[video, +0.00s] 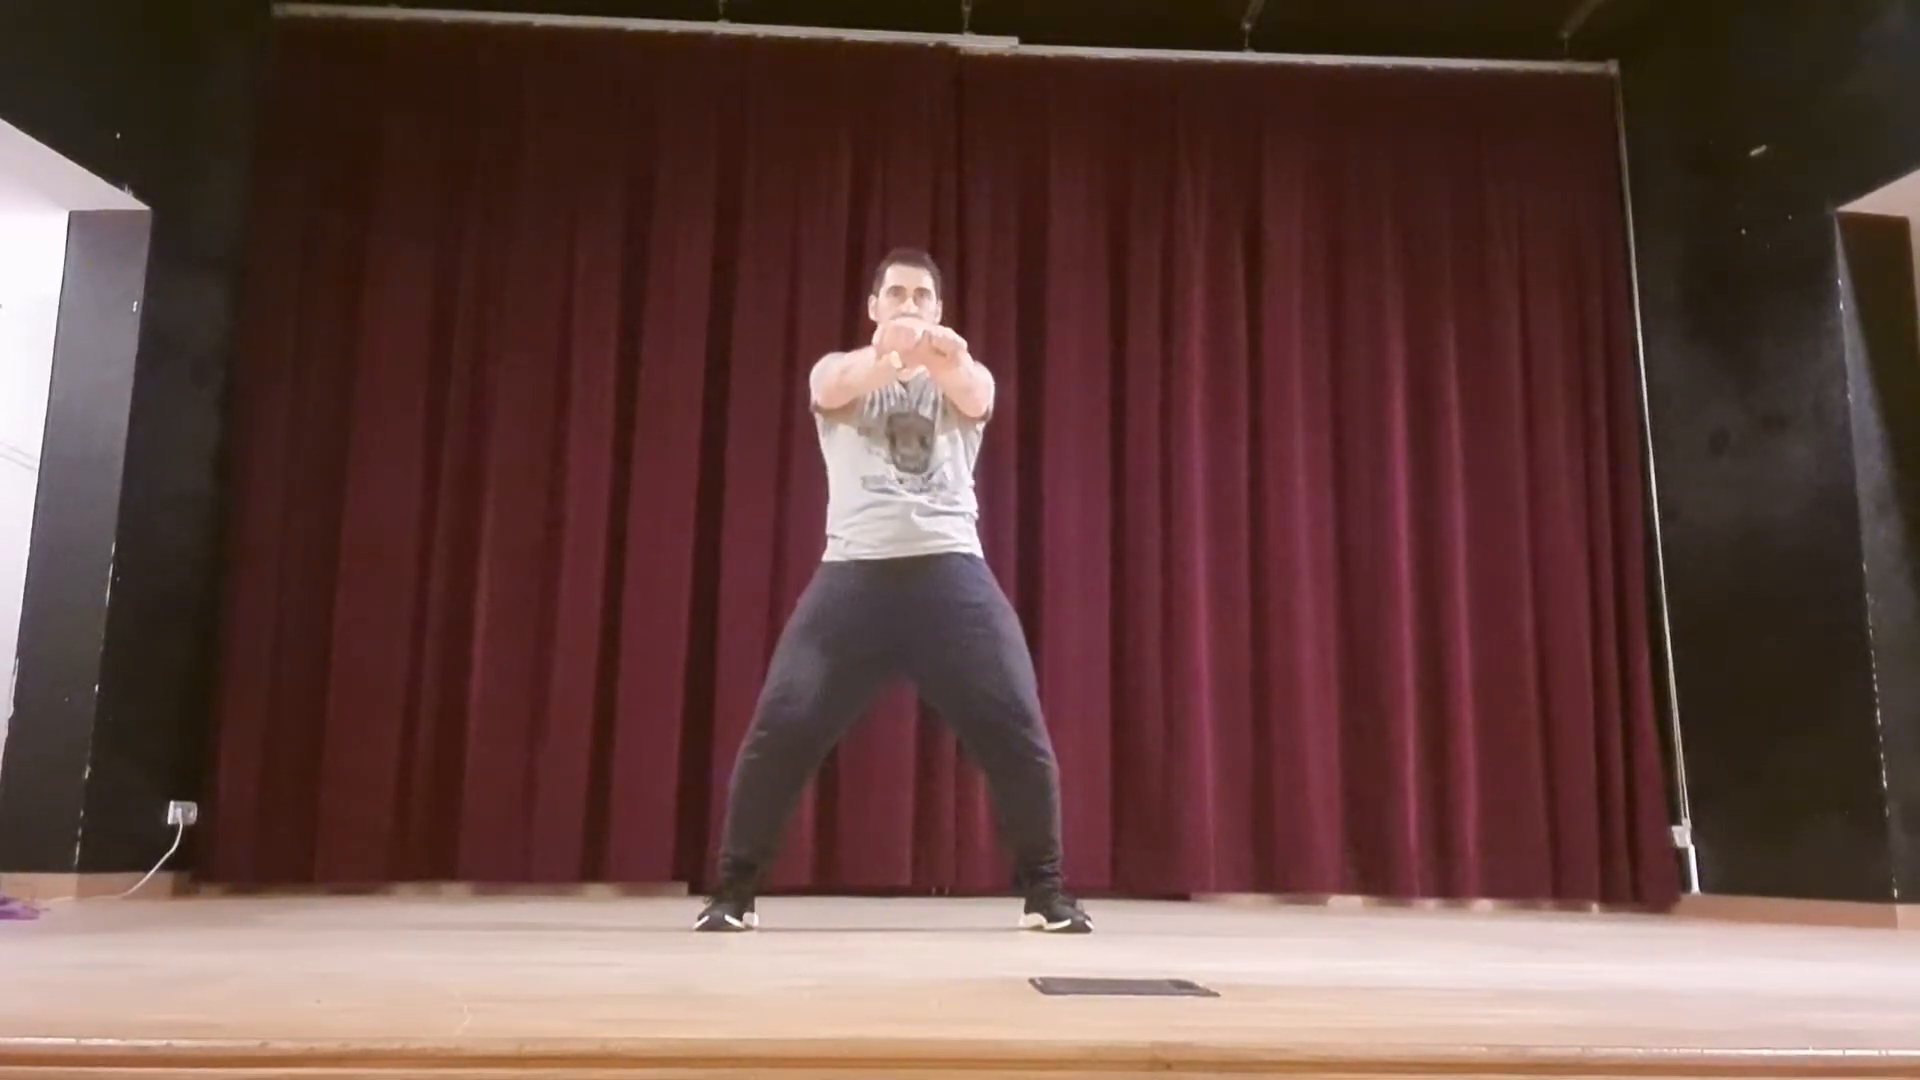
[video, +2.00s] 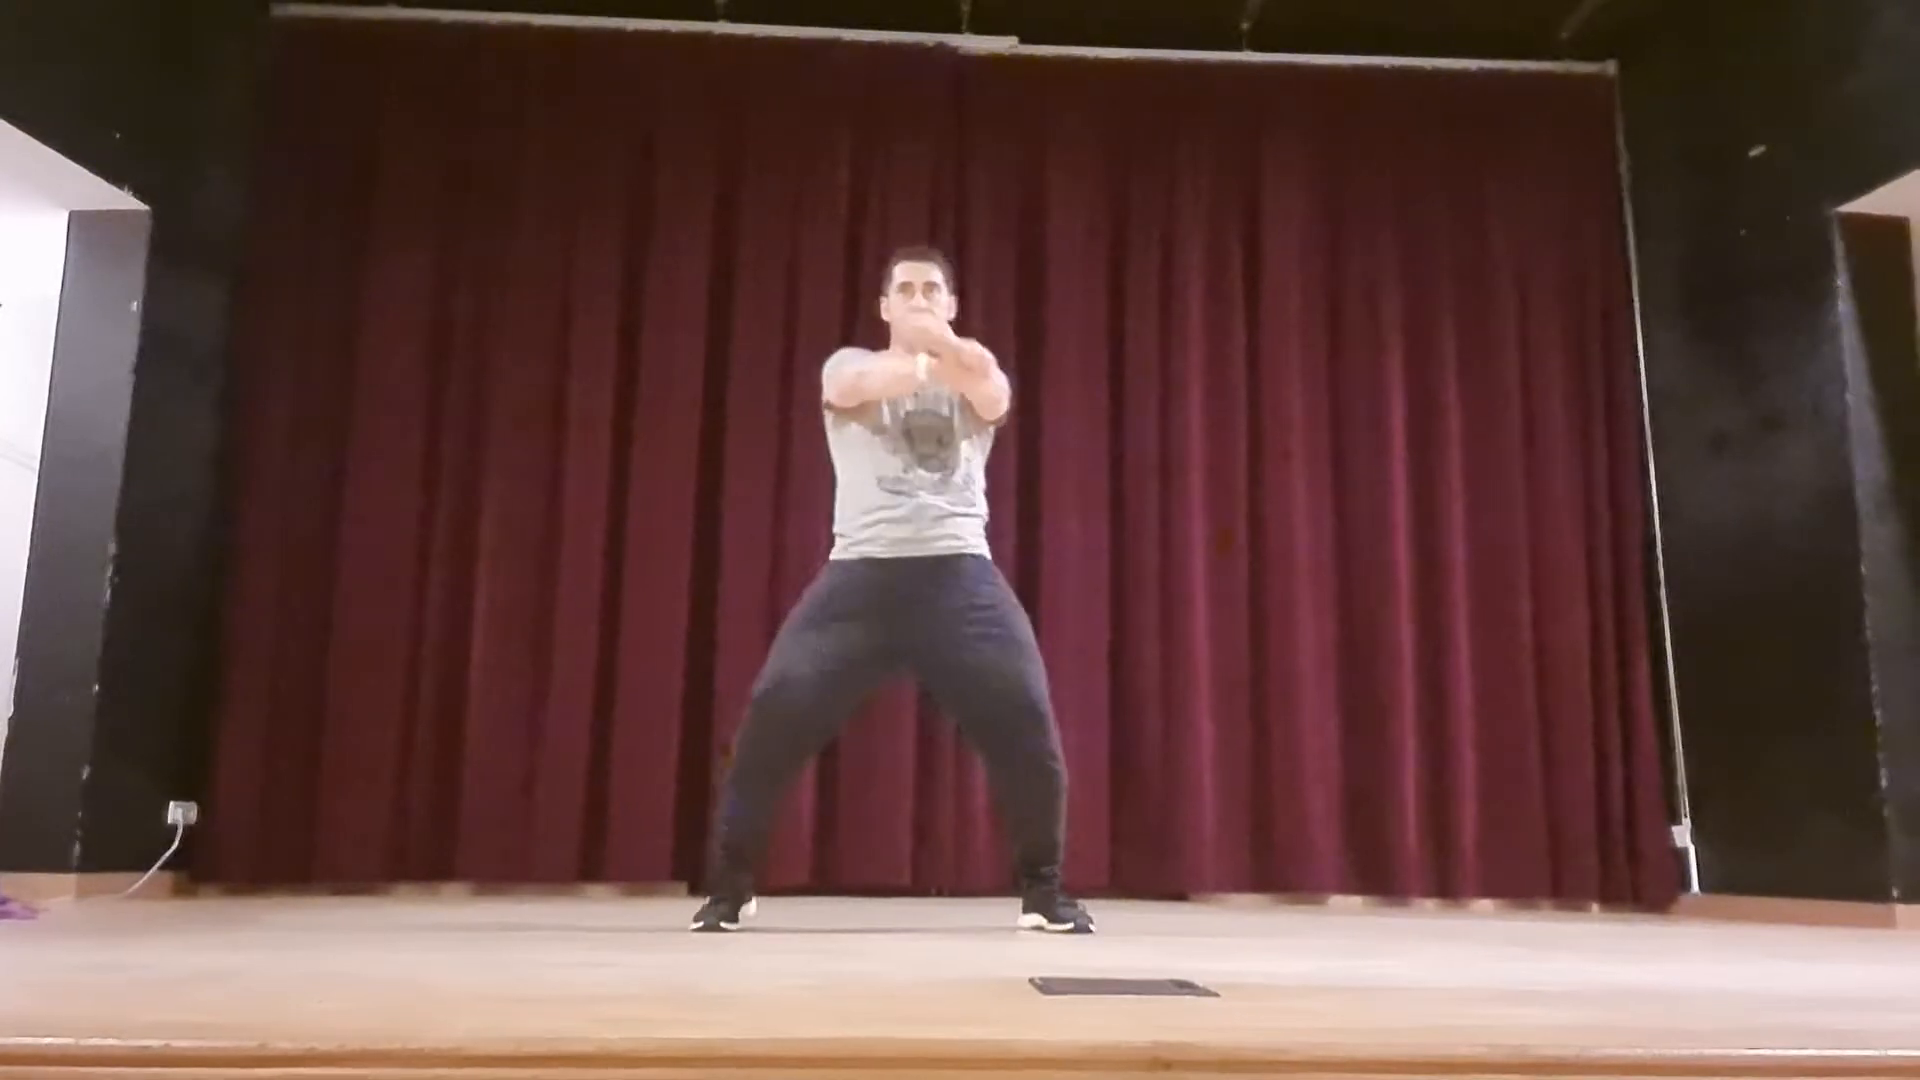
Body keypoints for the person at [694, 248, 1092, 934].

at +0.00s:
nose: (908, 305)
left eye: (921, 296)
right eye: (896, 294)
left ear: (939, 308)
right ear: (872, 305)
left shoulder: (966, 374)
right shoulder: (840, 366)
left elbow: (975, 401)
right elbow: (829, 392)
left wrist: (949, 360)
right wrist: (889, 361)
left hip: (952, 574)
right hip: (852, 575)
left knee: (1017, 727)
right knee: (783, 722)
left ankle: (1045, 891)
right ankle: (734, 894)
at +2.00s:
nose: (919, 299)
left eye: (930, 289)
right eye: (906, 290)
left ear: (953, 306)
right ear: (885, 308)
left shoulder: (977, 371)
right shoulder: (851, 365)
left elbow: (988, 392)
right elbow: (849, 387)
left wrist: (944, 343)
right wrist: (912, 369)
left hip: (960, 576)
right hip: (859, 575)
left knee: (1024, 713)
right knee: (780, 703)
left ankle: (1044, 889)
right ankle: (729, 885)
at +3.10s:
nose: (940, 292)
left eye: (953, 285)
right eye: (928, 284)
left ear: (975, 306)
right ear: (909, 303)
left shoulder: (997, 371)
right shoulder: (876, 357)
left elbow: (1013, 412)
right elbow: (868, 380)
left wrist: (964, 336)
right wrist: (937, 351)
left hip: (973, 580)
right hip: (870, 575)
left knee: (1031, 712)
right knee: (781, 686)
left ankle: (1050, 891)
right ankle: (734, 867)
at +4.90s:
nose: (952, 297)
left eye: (964, 289)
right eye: (937, 291)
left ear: (990, 313)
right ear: (918, 316)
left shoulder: (1007, 379)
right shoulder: (882, 358)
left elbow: (1017, 428)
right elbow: (888, 378)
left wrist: (999, 372)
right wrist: (965, 369)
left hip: (975, 584)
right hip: (870, 579)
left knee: (1032, 709)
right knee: (784, 682)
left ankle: (1043, 887)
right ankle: (733, 866)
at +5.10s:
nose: (896, 288)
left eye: (910, 278)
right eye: (886, 279)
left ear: (938, 296)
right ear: (868, 298)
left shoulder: (967, 356)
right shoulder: (841, 350)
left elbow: (983, 391)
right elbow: (836, 372)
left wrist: (946, 332)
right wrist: (919, 339)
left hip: (955, 575)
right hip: (853, 574)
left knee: (1022, 711)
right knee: (777, 699)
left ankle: (1041, 887)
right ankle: (731, 884)